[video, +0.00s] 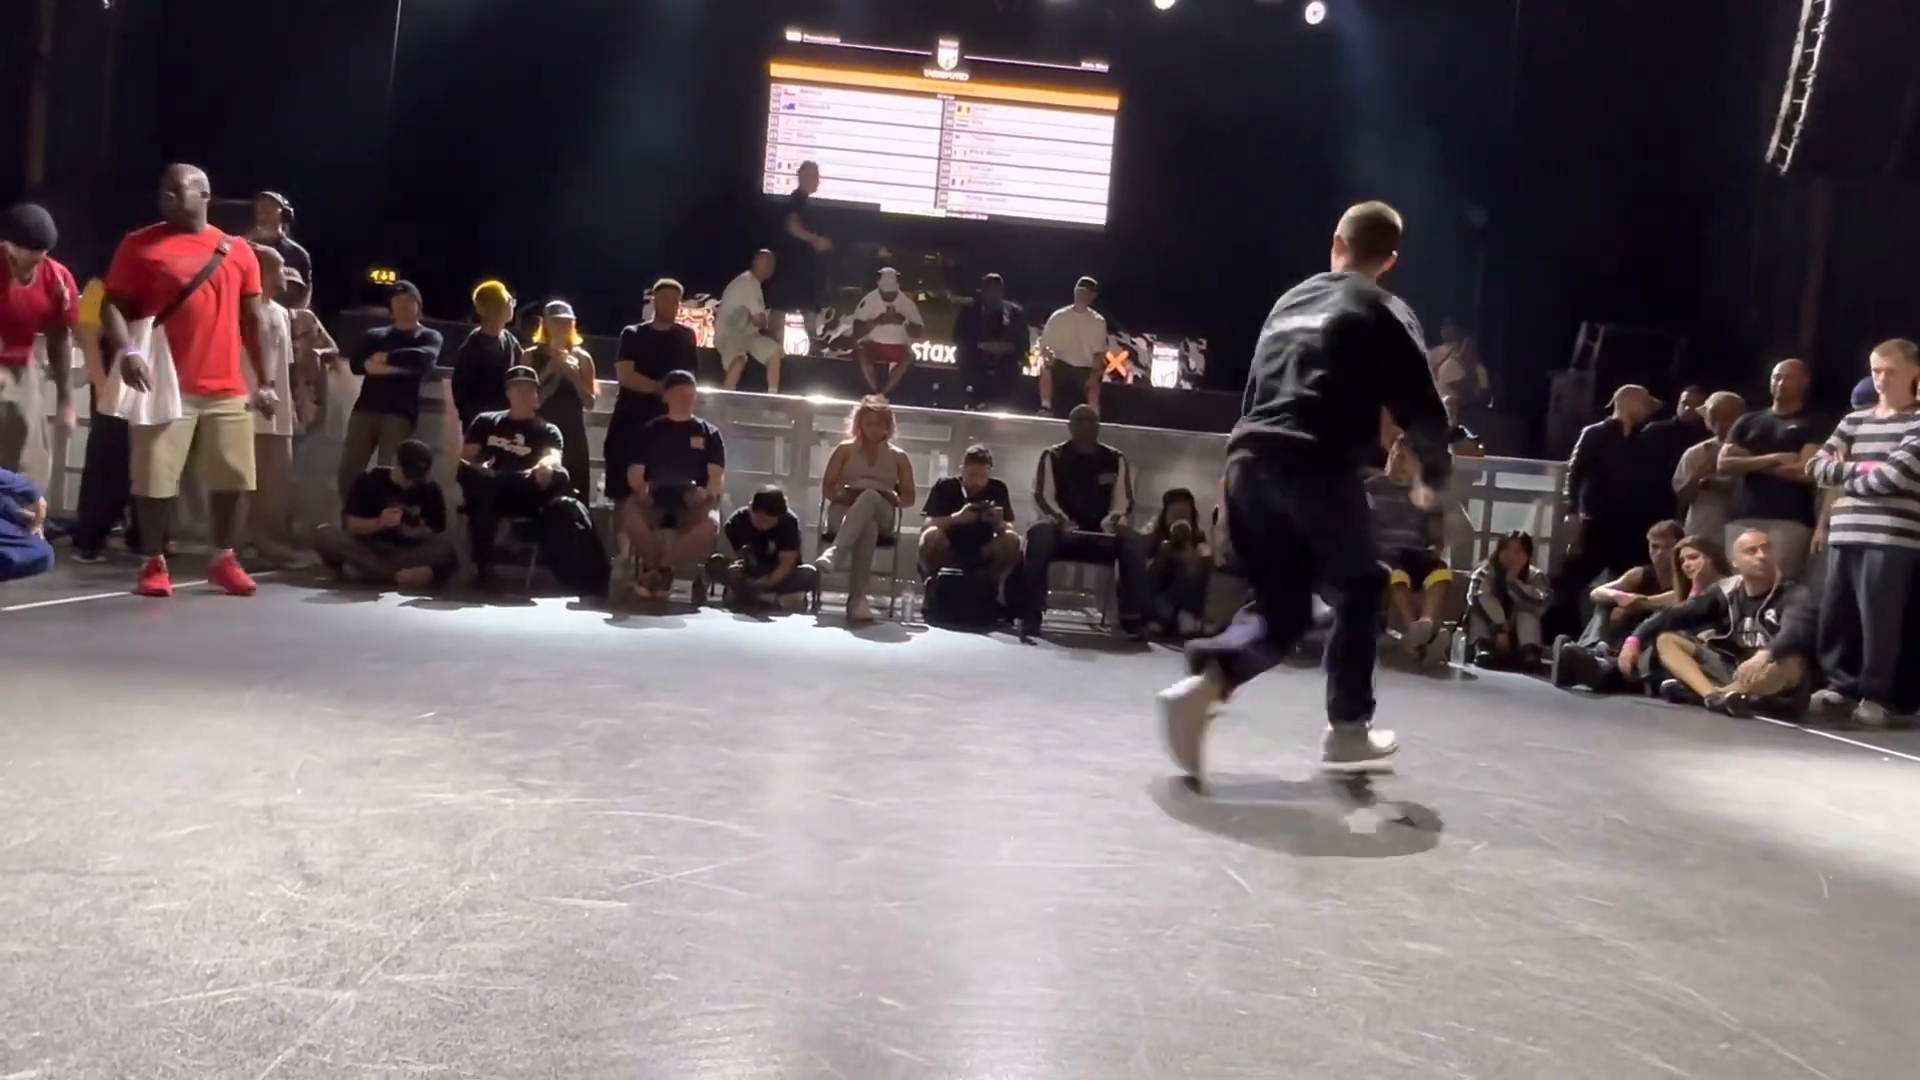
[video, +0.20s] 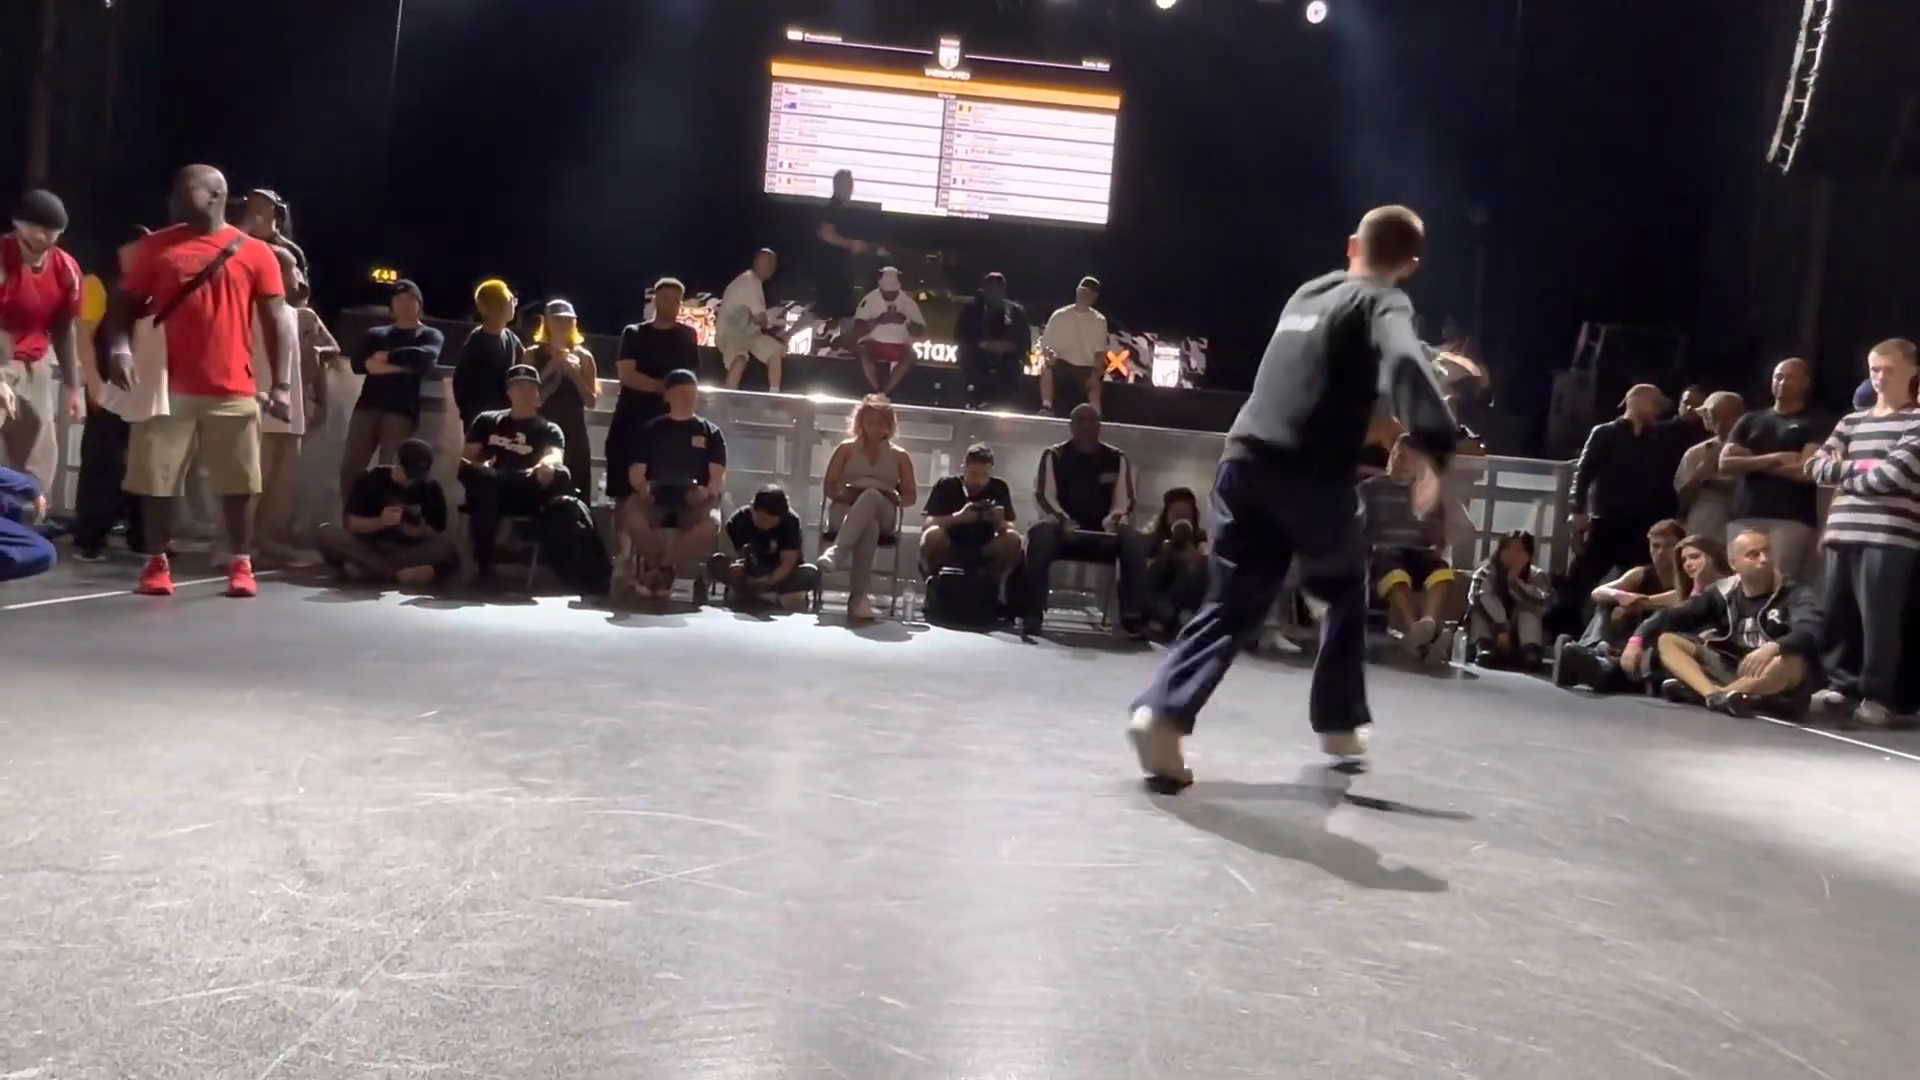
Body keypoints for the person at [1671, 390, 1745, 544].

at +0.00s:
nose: (1723, 426)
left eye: (1729, 419)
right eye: (1717, 419)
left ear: (1741, 419)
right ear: (1709, 421)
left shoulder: (1750, 452)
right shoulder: (1694, 455)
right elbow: (1681, 497)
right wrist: (1696, 478)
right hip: (1702, 533)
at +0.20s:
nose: (1722, 425)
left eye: (1728, 418)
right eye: (1717, 419)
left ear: (1740, 418)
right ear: (1709, 421)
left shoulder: (1750, 452)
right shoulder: (1695, 454)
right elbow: (1682, 496)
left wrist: (1710, 480)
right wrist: (1700, 474)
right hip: (1701, 532)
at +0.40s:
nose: (1720, 425)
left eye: (1726, 419)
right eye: (1715, 419)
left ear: (1739, 419)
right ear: (1709, 421)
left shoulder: (1749, 451)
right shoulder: (1695, 454)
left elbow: (1750, 489)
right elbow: (1681, 498)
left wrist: (1710, 479)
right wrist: (1701, 473)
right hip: (1700, 531)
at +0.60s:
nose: (1718, 425)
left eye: (1724, 419)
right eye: (1714, 419)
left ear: (1738, 420)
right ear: (1708, 421)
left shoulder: (1747, 452)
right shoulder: (1694, 454)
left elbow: (1749, 493)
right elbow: (1681, 498)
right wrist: (1700, 473)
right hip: (1700, 531)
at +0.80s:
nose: (1716, 426)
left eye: (1722, 419)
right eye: (1711, 420)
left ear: (1735, 420)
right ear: (1706, 421)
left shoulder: (1745, 451)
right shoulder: (1695, 451)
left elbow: (1747, 493)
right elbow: (1679, 499)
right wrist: (1700, 471)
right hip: (1698, 529)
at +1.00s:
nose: (1714, 426)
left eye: (1720, 419)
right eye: (1710, 420)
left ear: (1735, 420)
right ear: (1706, 421)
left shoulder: (1745, 451)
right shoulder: (1695, 450)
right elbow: (1679, 498)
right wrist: (1701, 469)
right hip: (1698, 529)